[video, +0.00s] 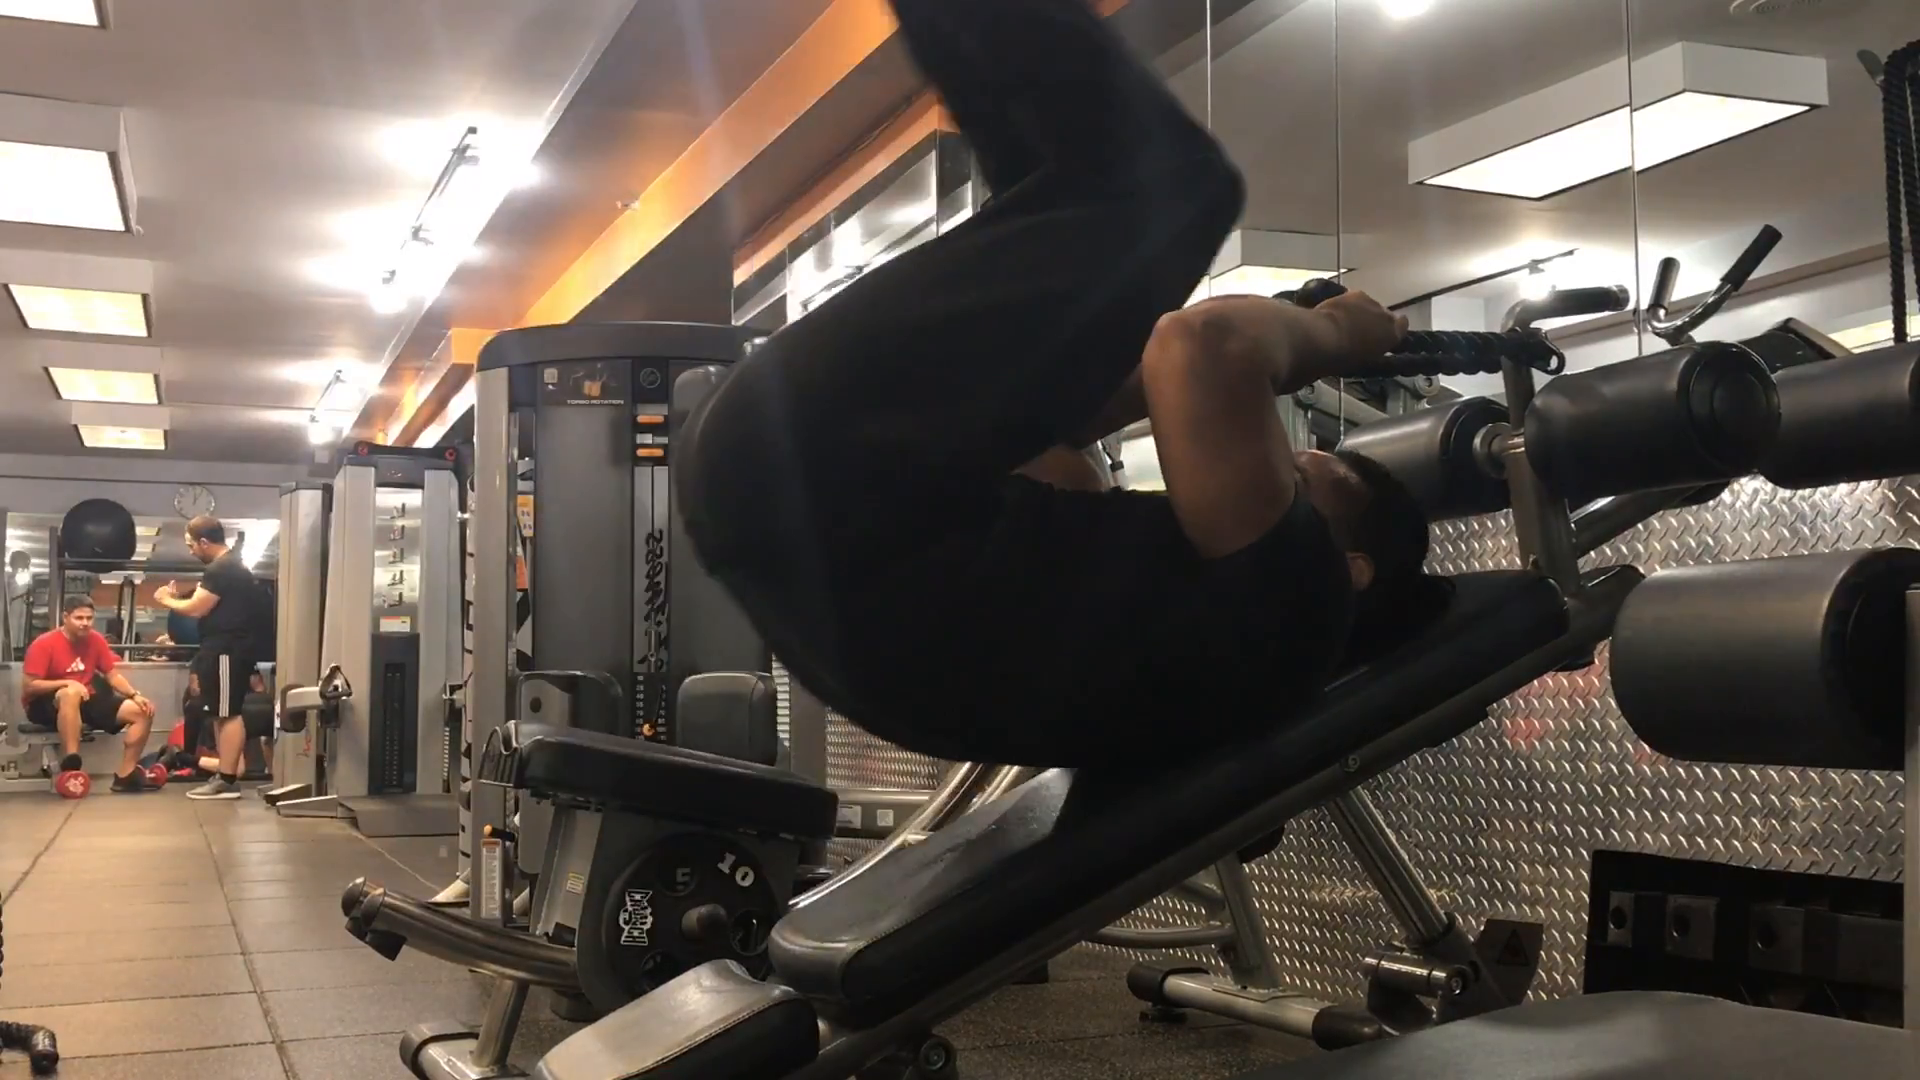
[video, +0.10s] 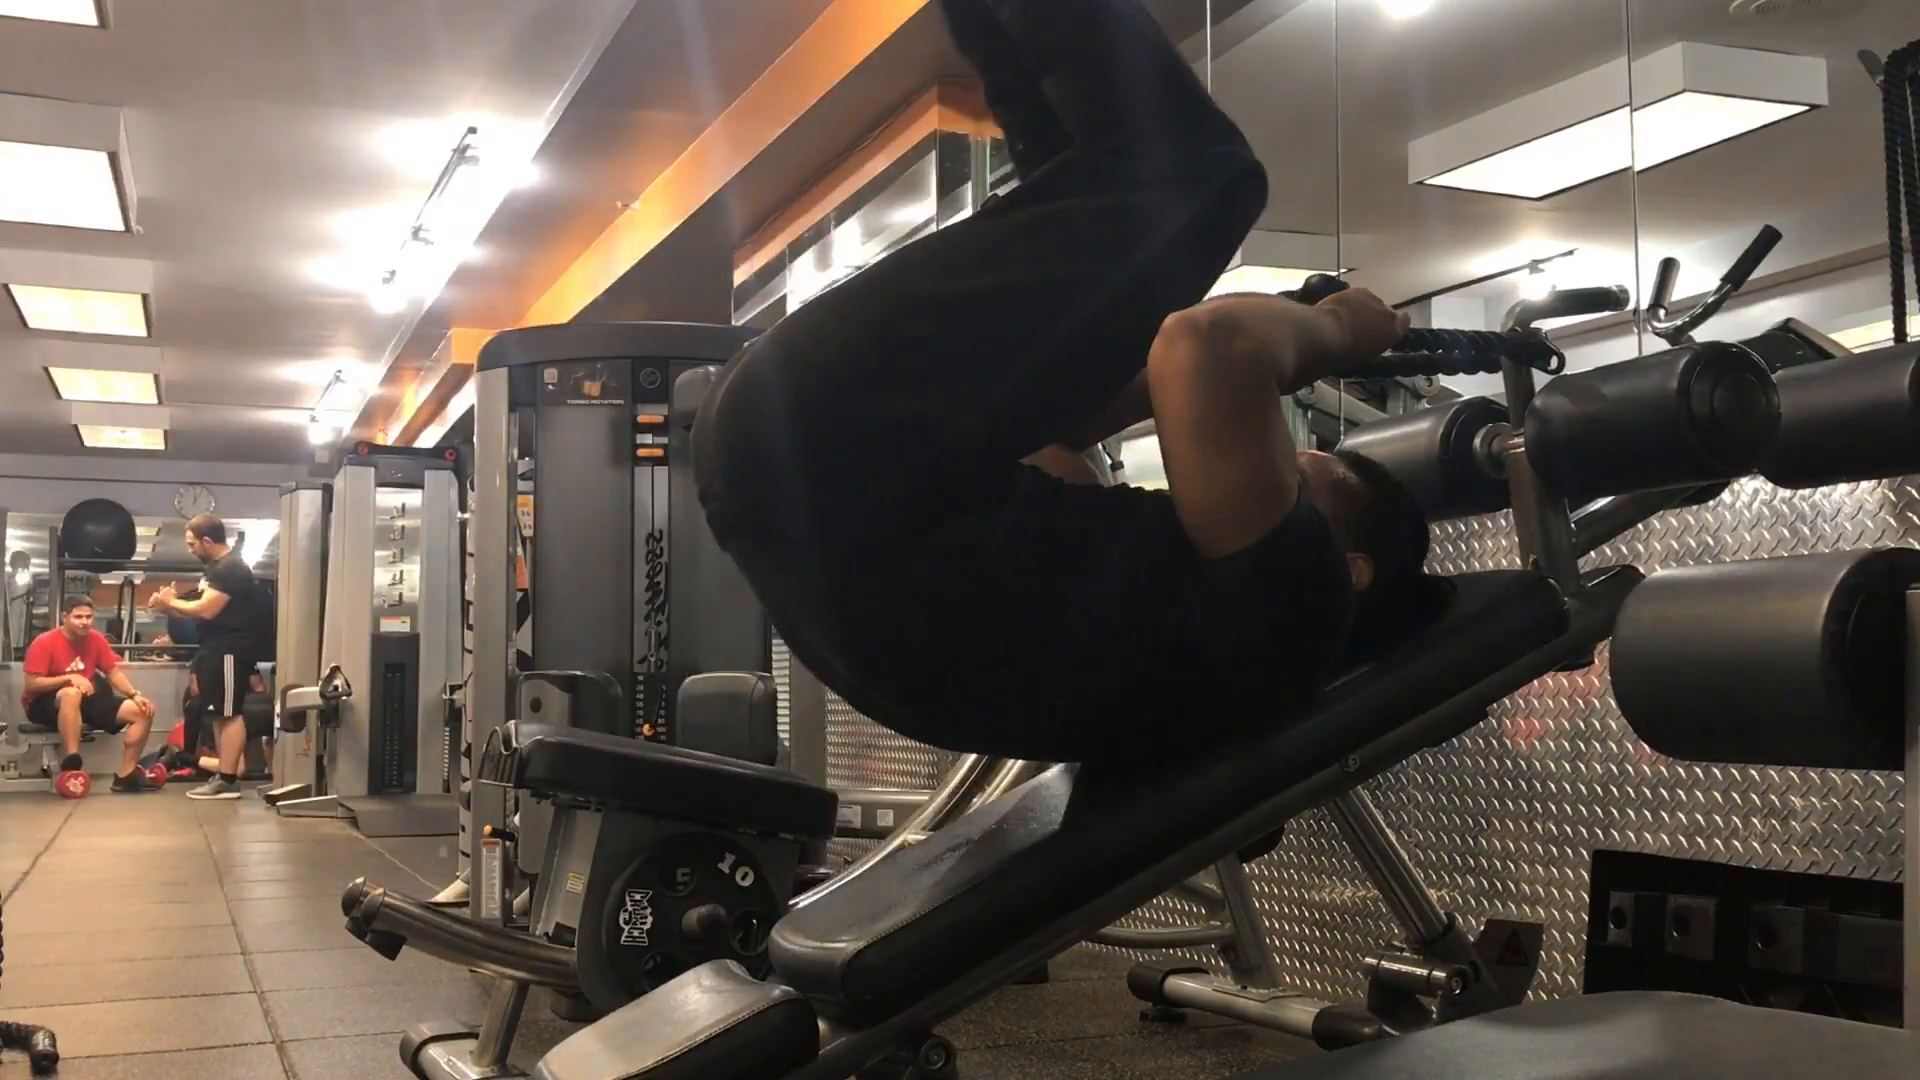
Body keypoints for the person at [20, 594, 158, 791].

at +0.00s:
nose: (85, 624)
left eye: (89, 619)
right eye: (79, 618)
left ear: (93, 619)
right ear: (65, 618)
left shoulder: (95, 640)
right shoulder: (44, 643)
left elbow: (112, 674)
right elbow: (29, 686)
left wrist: (135, 694)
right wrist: (68, 683)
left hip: (84, 702)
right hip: (44, 705)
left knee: (142, 712)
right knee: (70, 693)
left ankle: (126, 775)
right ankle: (72, 765)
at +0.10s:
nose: (84, 622)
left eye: (88, 617)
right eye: (78, 617)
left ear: (93, 618)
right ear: (65, 617)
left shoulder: (96, 640)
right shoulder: (44, 642)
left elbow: (113, 672)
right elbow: (32, 684)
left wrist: (135, 694)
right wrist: (70, 678)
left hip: (85, 702)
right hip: (44, 705)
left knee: (142, 712)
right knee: (71, 693)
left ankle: (126, 775)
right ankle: (72, 764)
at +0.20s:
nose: (83, 621)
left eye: (86, 615)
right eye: (76, 615)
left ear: (91, 617)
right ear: (63, 617)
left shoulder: (96, 638)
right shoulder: (45, 641)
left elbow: (116, 669)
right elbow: (38, 681)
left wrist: (134, 694)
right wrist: (78, 673)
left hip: (86, 702)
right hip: (44, 704)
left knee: (142, 711)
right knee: (72, 693)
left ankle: (125, 775)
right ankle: (72, 765)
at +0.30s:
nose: (81, 619)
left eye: (85, 614)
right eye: (75, 614)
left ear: (90, 615)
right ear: (61, 616)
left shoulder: (96, 637)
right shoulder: (45, 641)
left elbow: (119, 665)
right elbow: (47, 680)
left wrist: (135, 693)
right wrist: (88, 671)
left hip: (86, 702)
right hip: (44, 704)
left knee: (142, 712)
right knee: (71, 693)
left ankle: (125, 775)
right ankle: (72, 765)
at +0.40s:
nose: (80, 618)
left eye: (83, 613)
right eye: (73, 614)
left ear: (89, 614)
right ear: (60, 616)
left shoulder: (96, 636)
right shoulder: (45, 641)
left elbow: (123, 664)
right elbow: (53, 680)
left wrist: (137, 693)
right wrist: (95, 678)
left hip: (85, 702)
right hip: (44, 703)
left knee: (143, 710)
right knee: (70, 693)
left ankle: (125, 775)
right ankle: (72, 764)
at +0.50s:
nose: (80, 618)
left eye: (84, 612)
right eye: (73, 614)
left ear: (89, 614)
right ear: (60, 617)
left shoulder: (96, 635)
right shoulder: (46, 641)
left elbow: (126, 663)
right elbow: (53, 681)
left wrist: (139, 693)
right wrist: (97, 687)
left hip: (84, 702)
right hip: (44, 704)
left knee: (143, 711)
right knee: (70, 694)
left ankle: (125, 775)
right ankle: (71, 765)